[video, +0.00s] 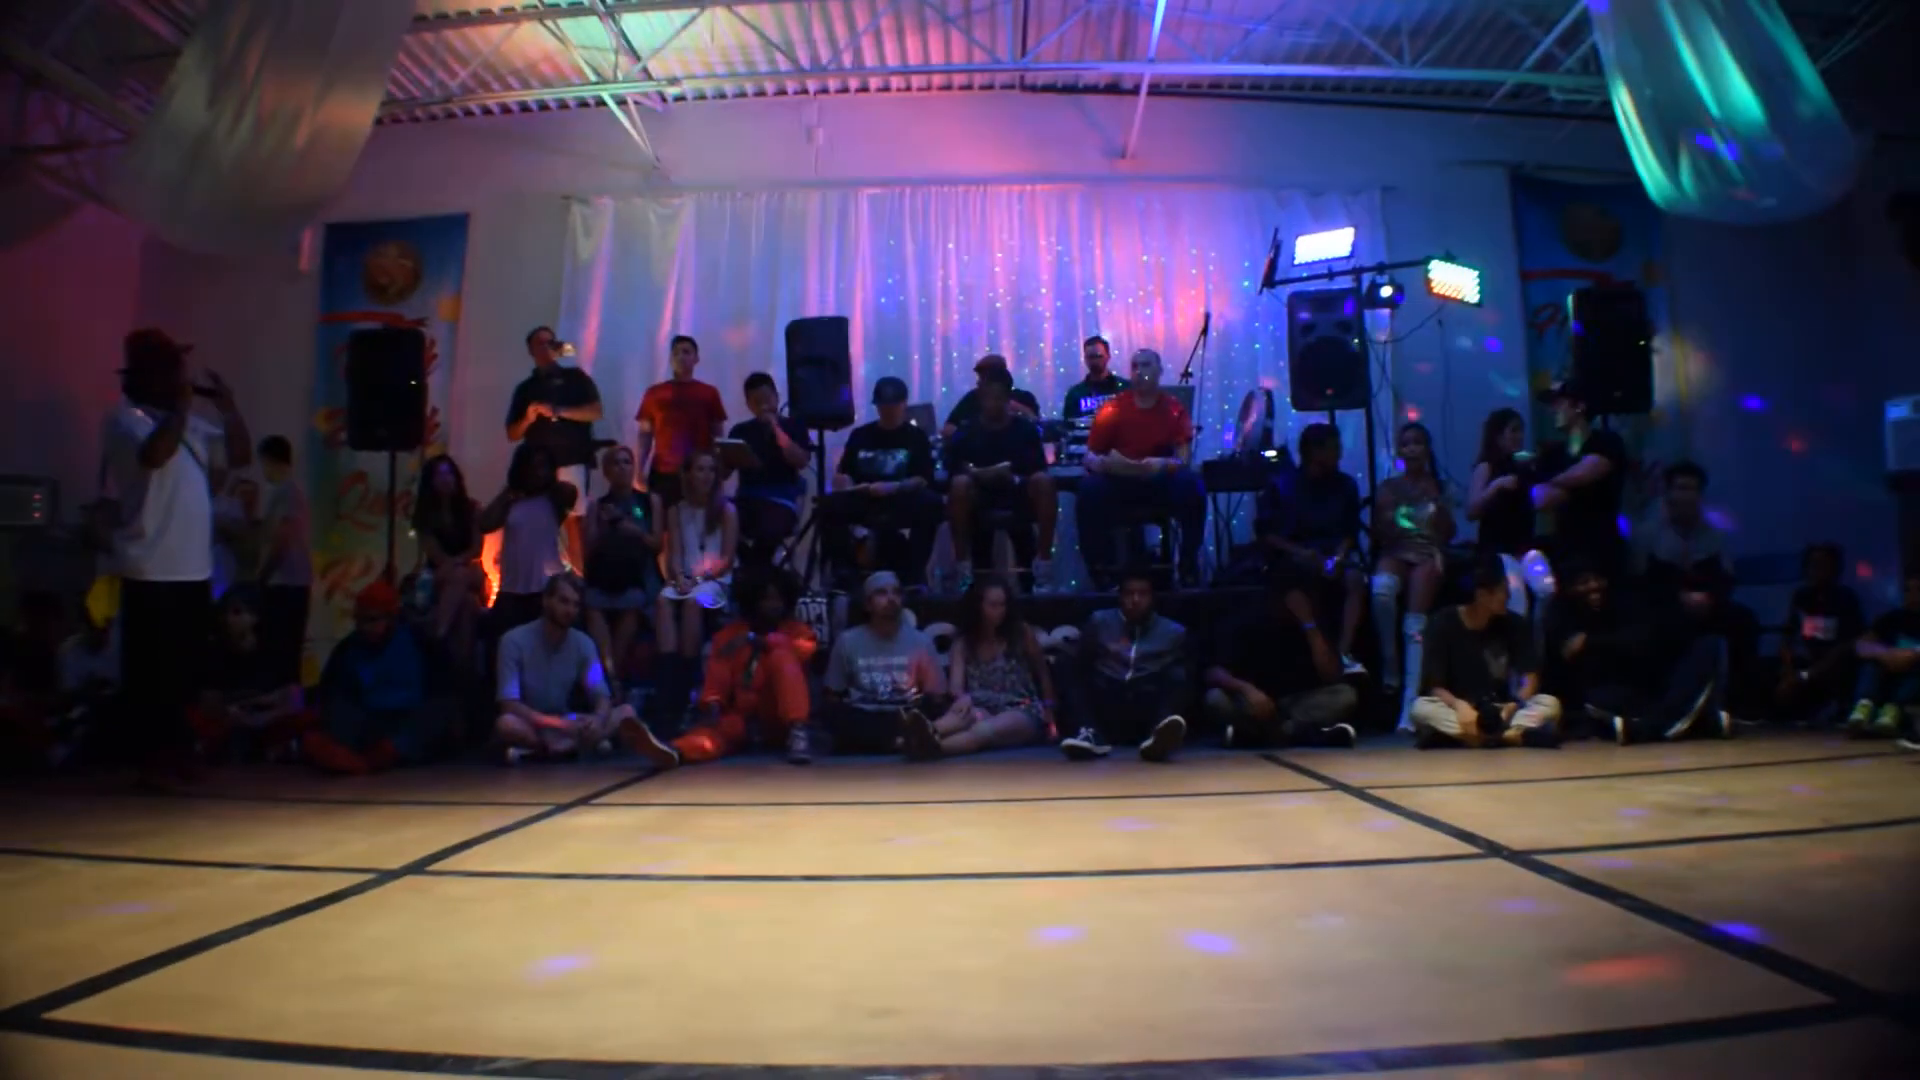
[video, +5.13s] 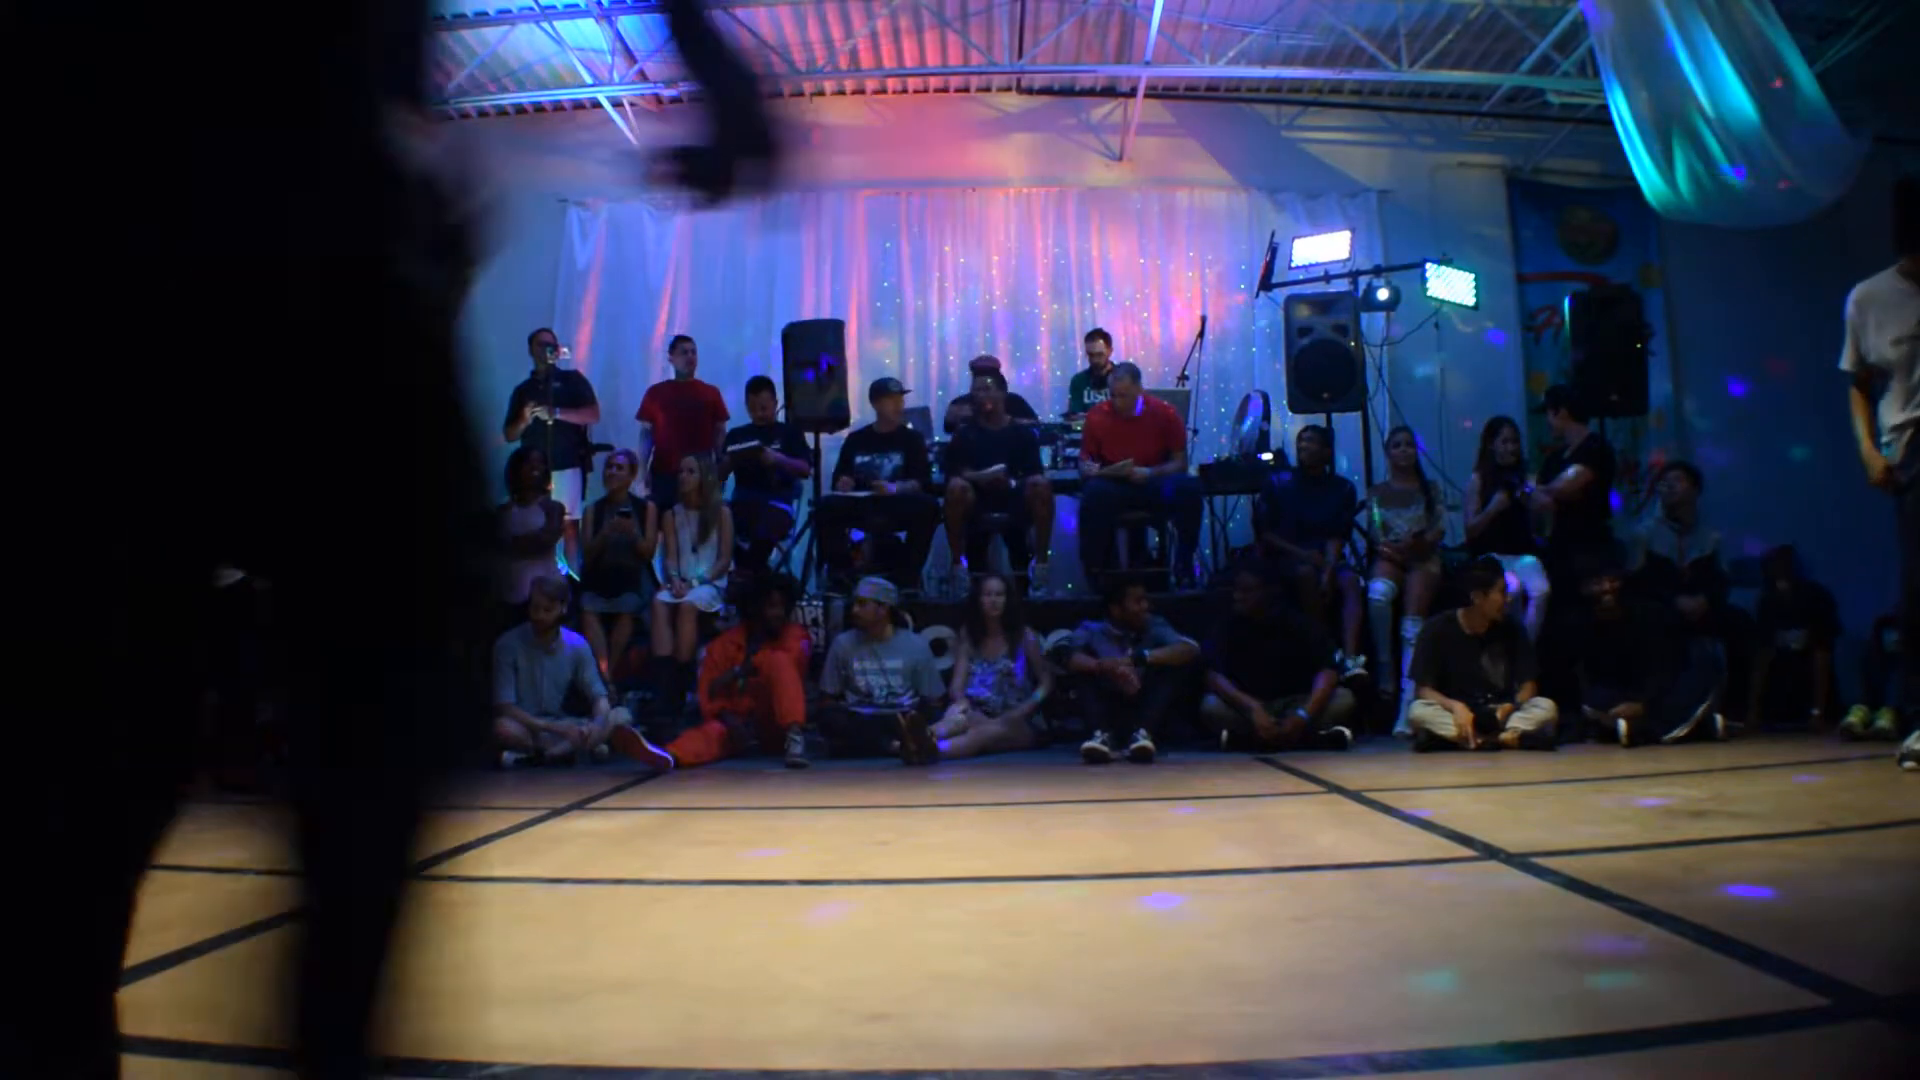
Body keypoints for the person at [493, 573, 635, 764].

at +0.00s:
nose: (570, 610)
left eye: (575, 604)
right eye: (563, 602)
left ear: (579, 608)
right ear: (547, 601)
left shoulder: (583, 643)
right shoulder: (515, 641)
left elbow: (602, 696)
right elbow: (509, 703)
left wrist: (598, 721)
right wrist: (561, 725)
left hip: (570, 718)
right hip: (533, 719)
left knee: (626, 712)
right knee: (507, 724)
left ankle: (561, 746)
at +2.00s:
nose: (567, 613)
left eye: (572, 607)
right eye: (561, 604)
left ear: (576, 610)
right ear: (542, 605)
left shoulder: (578, 647)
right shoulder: (509, 645)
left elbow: (598, 702)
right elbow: (504, 708)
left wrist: (593, 725)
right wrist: (555, 729)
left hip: (566, 722)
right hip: (528, 723)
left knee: (622, 716)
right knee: (502, 728)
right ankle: (576, 748)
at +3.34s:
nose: (573, 599)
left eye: (571, 593)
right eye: (566, 594)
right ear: (544, 604)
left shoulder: (572, 641)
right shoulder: (509, 643)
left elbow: (594, 689)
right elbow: (504, 706)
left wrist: (593, 722)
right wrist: (556, 729)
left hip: (563, 720)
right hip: (528, 722)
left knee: (623, 715)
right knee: (502, 728)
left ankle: (557, 751)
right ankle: (579, 747)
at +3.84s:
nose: (547, 590)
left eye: (543, 586)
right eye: (539, 587)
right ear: (520, 601)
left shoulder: (554, 632)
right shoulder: (494, 645)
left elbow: (572, 679)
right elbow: (504, 707)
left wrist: (587, 722)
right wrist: (561, 729)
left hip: (559, 714)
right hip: (525, 718)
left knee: (618, 708)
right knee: (503, 727)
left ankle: (561, 747)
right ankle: (579, 742)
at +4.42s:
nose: (546, 592)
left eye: (546, 586)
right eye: (537, 588)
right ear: (516, 598)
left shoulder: (561, 635)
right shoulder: (498, 645)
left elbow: (584, 684)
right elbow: (502, 705)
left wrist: (588, 722)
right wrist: (553, 727)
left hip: (564, 716)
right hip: (526, 720)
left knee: (618, 709)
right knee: (503, 725)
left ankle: (559, 748)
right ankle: (580, 747)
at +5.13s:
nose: (540, 616)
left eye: (548, 610)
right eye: (536, 608)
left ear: (562, 610)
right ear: (529, 607)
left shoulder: (576, 645)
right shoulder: (509, 644)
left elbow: (599, 697)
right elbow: (505, 706)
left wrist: (597, 726)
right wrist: (558, 730)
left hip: (563, 720)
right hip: (525, 721)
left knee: (621, 716)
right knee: (503, 728)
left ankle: (551, 753)